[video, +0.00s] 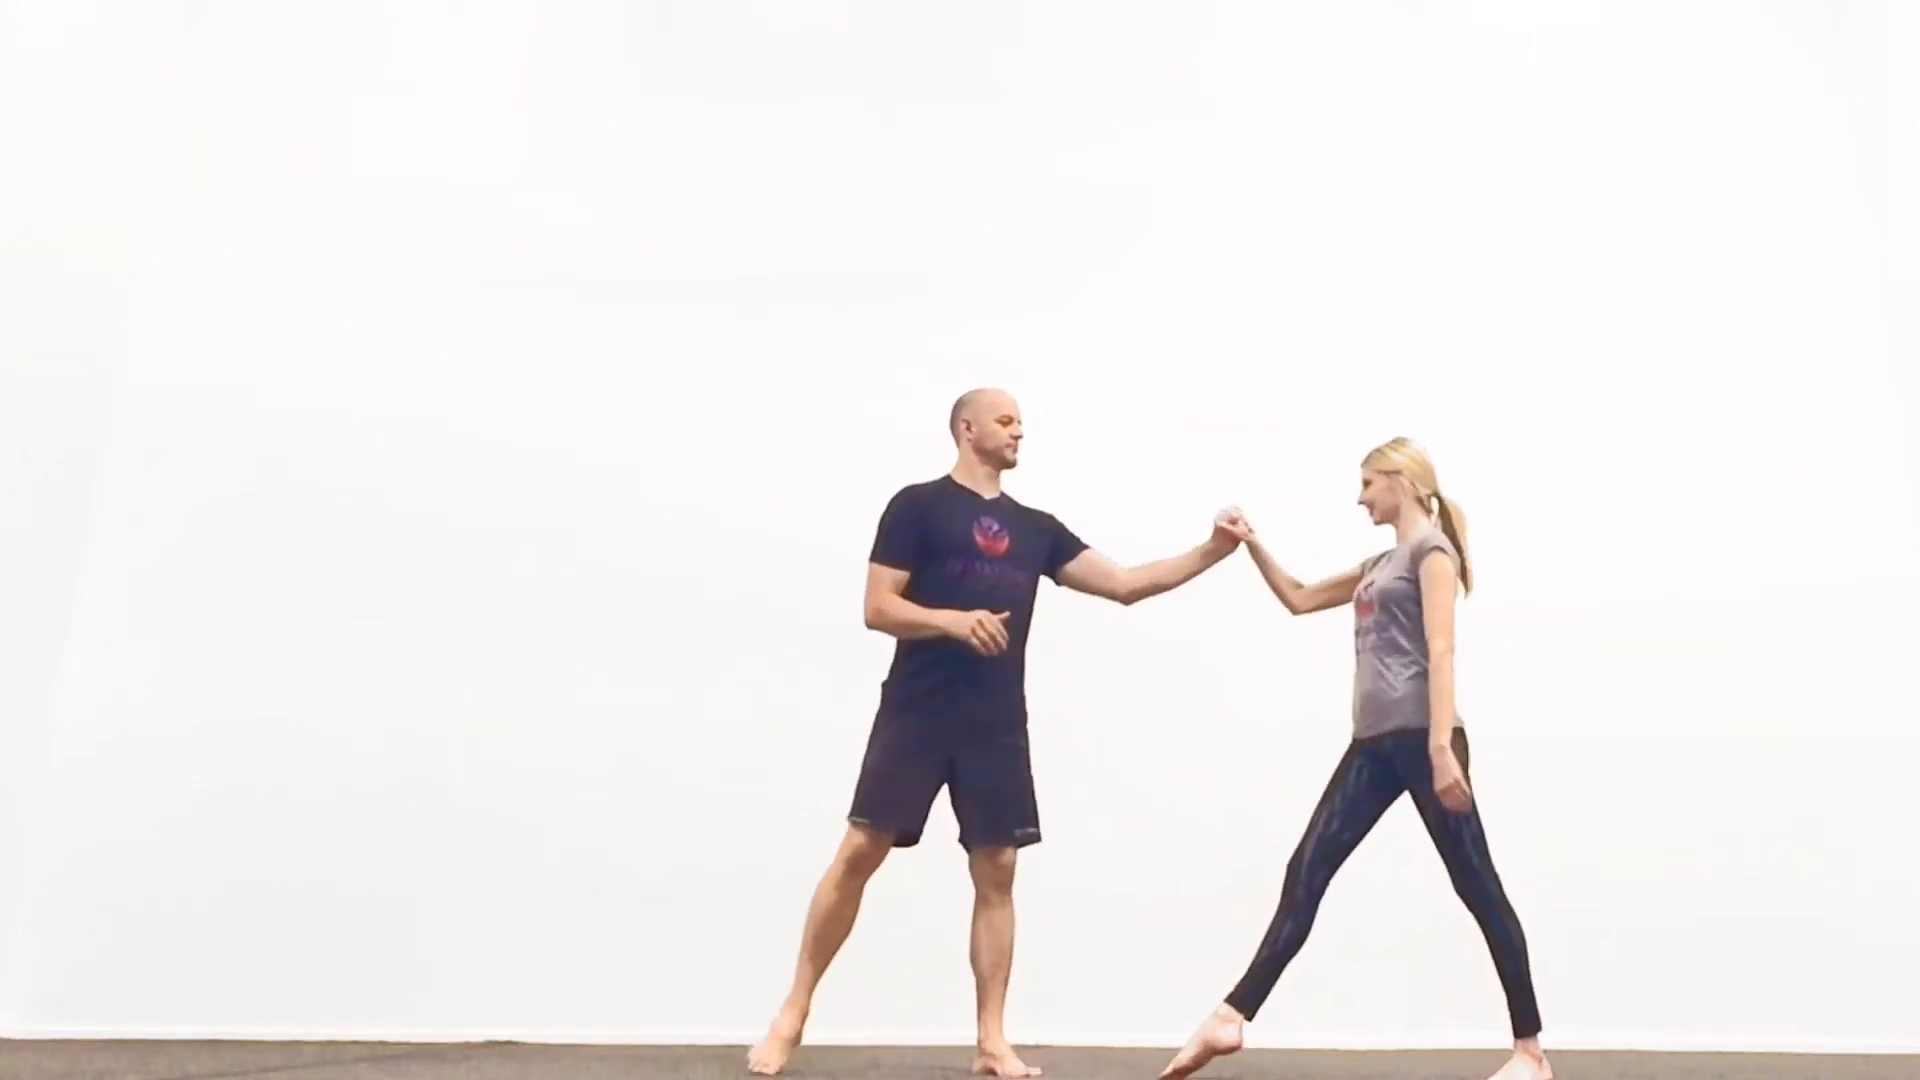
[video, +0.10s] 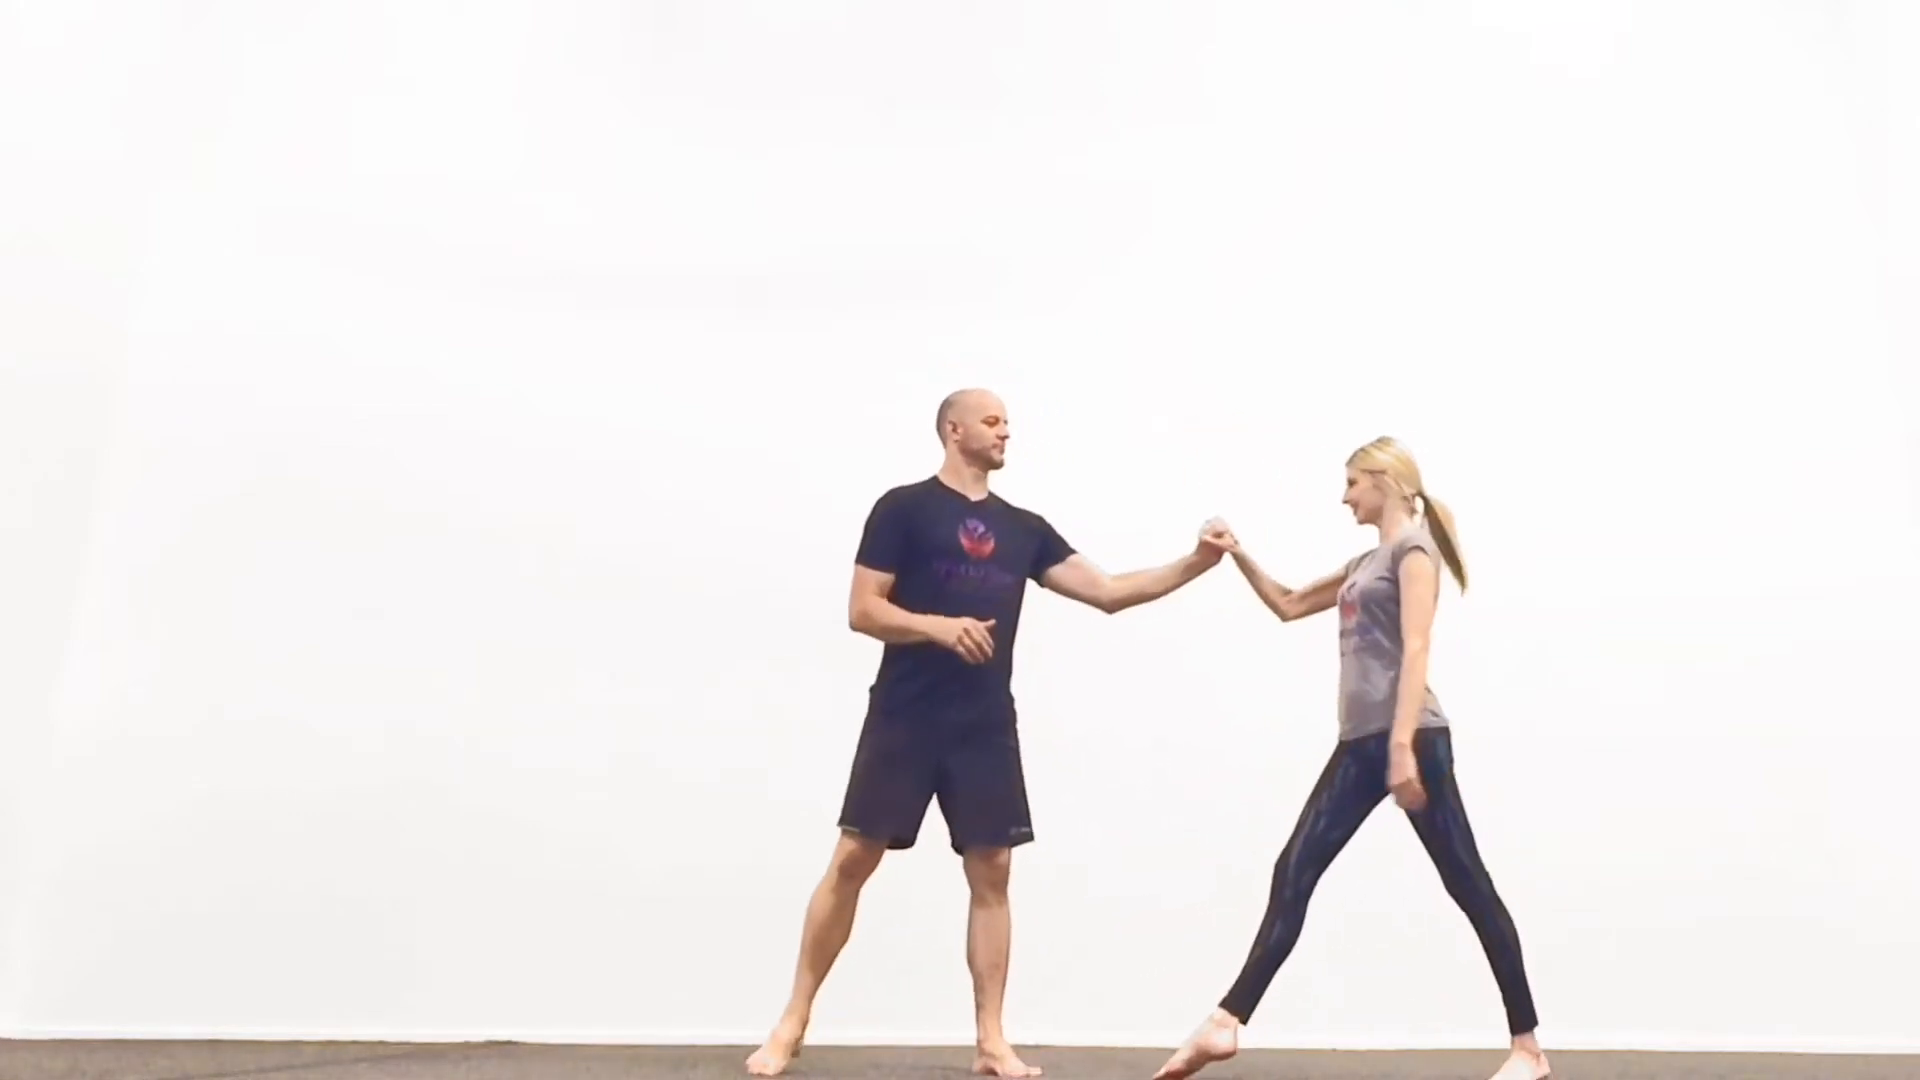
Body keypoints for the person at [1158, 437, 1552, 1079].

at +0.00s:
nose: (1362, 494)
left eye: (1370, 482)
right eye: (1363, 484)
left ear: (1405, 484)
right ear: (1399, 486)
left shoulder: (1433, 553)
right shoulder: (1381, 565)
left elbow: (1441, 651)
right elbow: (1299, 598)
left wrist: (1440, 747)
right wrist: (1250, 542)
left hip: (1424, 741)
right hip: (1373, 745)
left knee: (1480, 890)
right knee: (1305, 873)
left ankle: (1529, 1049)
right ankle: (1232, 1016)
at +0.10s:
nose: (1345, 494)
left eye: (1352, 482)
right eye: (1346, 484)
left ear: (1386, 483)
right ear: (1379, 486)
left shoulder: (1415, 554)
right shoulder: (1367, 563)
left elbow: (1416, 648)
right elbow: (1288, 604)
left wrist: (1401, 742)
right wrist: (1235, 551)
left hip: (1411, 734)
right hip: (1361, 741)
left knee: (1469, 885)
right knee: (1294, 871)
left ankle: (1528, 1046)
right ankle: (1226, 1021)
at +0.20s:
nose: (1313, 490)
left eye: (1320, 478)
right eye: (1313, 480)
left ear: (1351, 479)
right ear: (1348, 481)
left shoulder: (1379, 545)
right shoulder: (1336, 556)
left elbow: (1377, 644)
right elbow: (1256, 600)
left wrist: (1354, 736)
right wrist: (1204, 549)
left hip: (1373, 730)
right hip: (1325, 737)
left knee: (1433, 880)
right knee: (1277, 878)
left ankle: (1517, 1033)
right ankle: (1232, 1041)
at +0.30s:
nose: (1268, 481)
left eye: (1275, 469)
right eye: (1269, 471)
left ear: (1308, 472)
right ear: (1307, 475)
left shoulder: (1327, 538)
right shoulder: (1291, 547)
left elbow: (1330, 632)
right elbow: (1209, 587)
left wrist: (1308, 725)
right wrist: (1164, 539)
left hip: (1314, 725)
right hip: (1288, 728)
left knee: (1359, 885)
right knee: (1256, 882)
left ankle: (1477, 1005)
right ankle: (1234, 1045)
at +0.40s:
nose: (1222, 474)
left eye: (1229, 463)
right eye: (1223, 464)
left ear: (1259, 466)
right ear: (1257, 467)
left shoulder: (1278, 530)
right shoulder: (1249, 538)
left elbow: (1289, 618)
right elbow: (1170, 571)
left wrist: (1270, 712)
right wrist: (1129, 524)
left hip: (1265, 719)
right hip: (1239, 722)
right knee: (1234, 881)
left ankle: (1383, 979)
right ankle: (1233, 1042)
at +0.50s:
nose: (1175, 471)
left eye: (1182, 459)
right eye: (1176, 461)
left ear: (1213, 463)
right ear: (1215, 464)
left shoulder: (1231, 527)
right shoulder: (1211, 531)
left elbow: (1252, 612)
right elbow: (1136, 557)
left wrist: (1239, 702)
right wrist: (1101, 506)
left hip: (1218, 714)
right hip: (1214, 713)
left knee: (1146, 858)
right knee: (1220, 875)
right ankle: (1233, 1039)